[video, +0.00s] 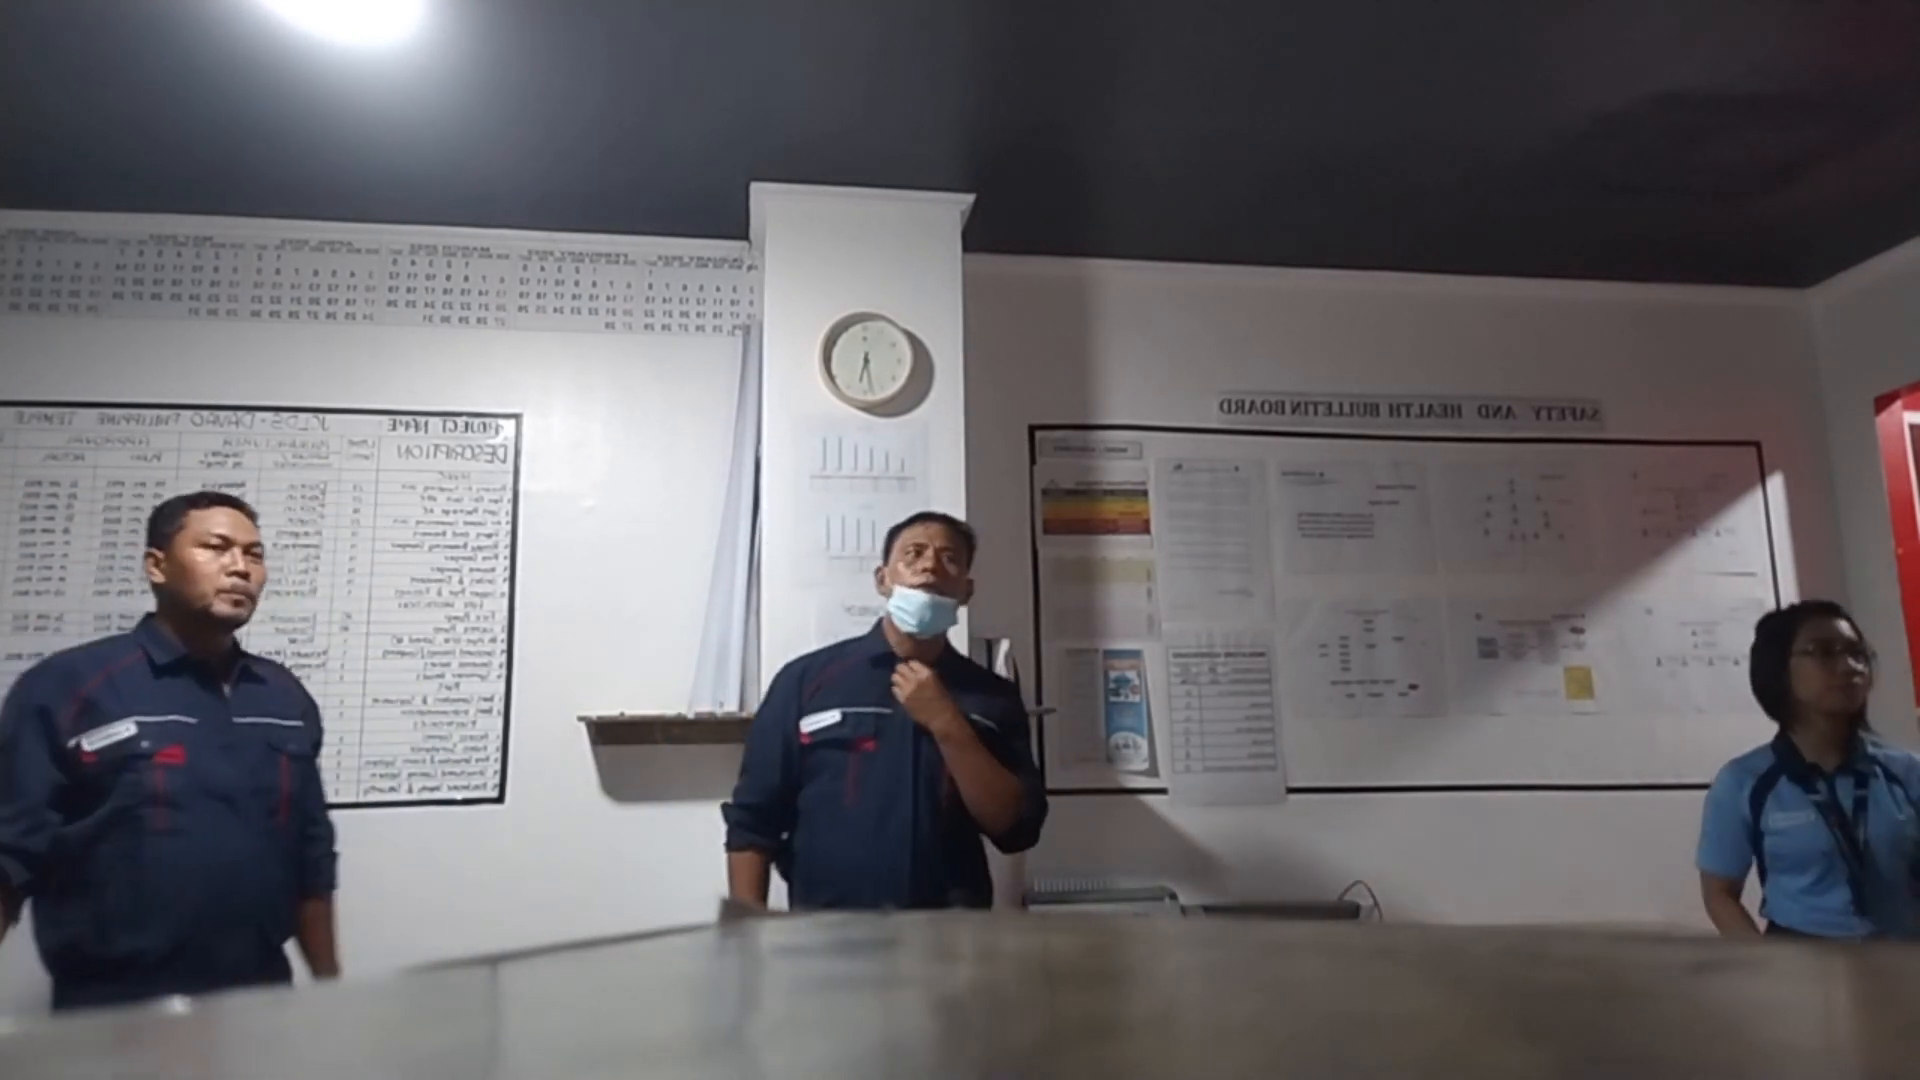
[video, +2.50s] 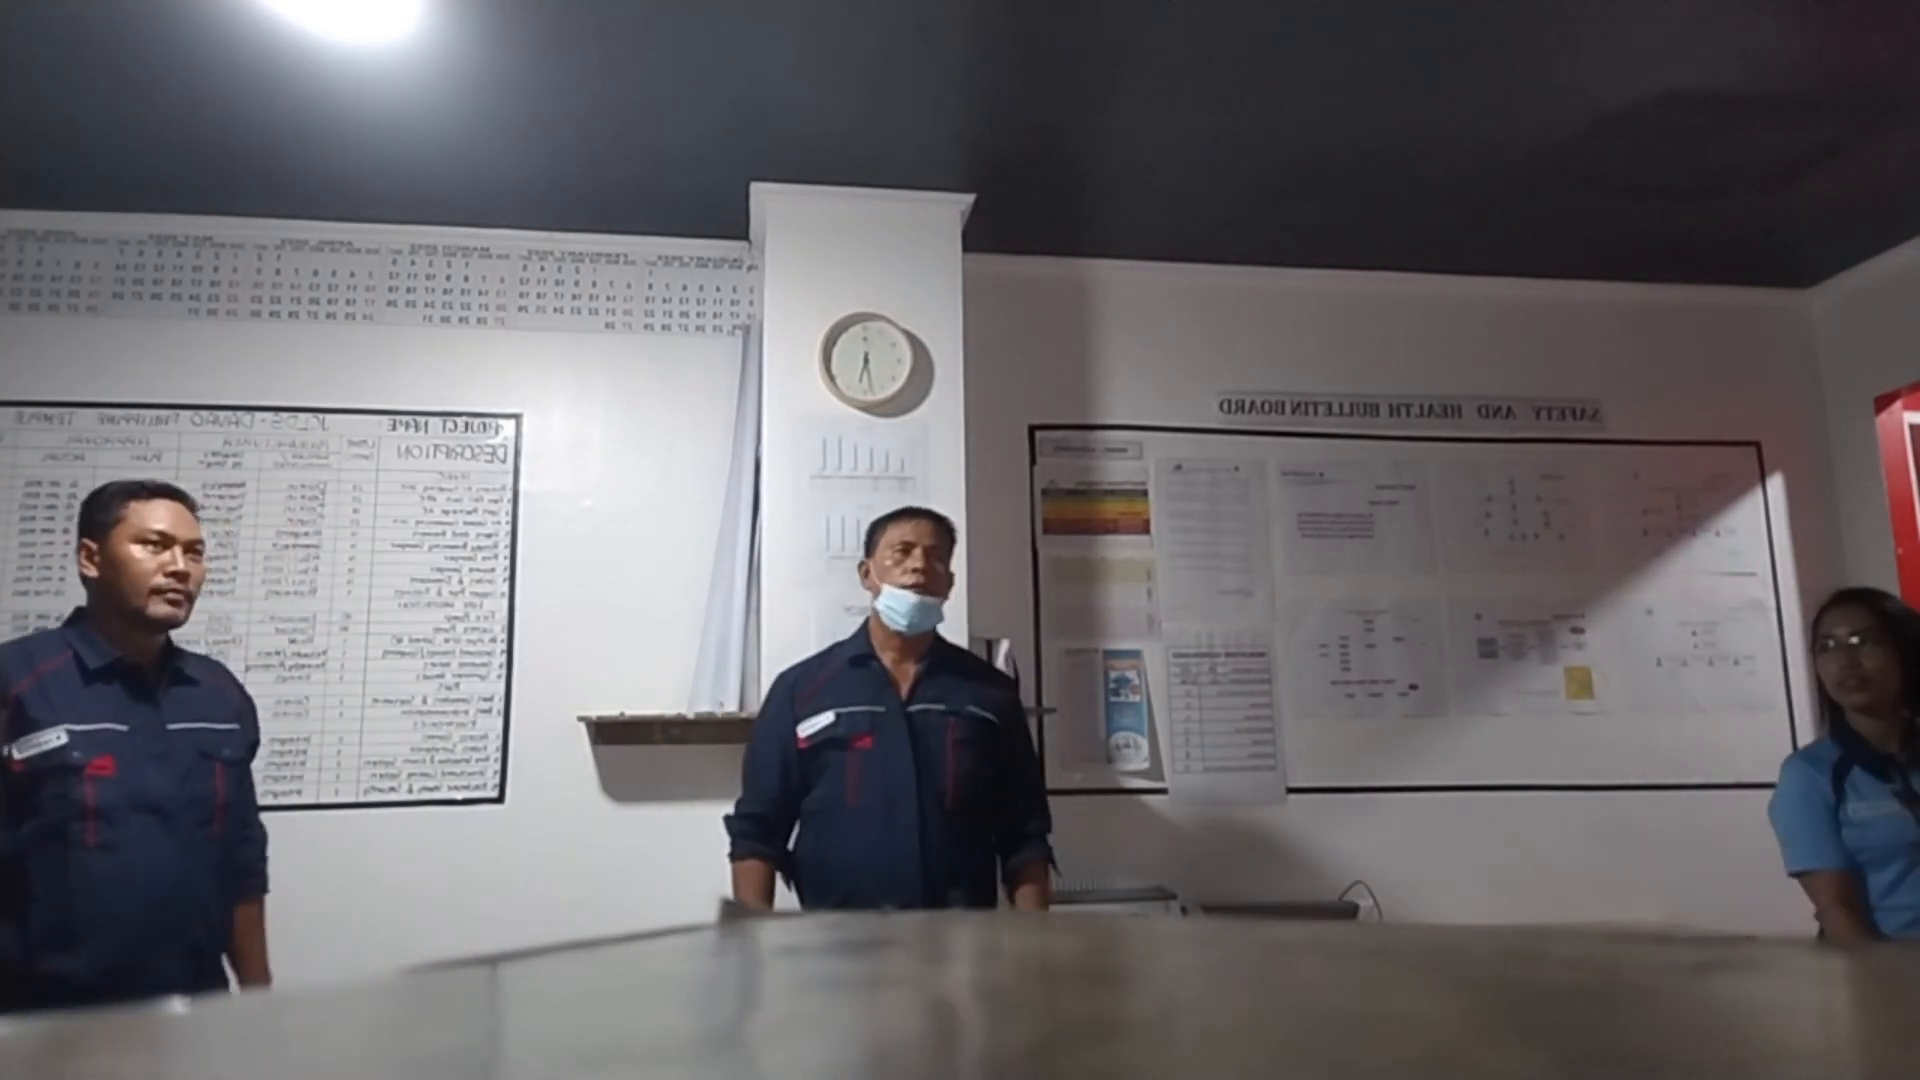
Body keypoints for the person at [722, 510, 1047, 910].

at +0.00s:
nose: (930, 566)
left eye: (948, 559)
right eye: (914, 554)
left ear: (966, 589)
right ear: (883, 579)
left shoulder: (992, 696)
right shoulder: (805, 682)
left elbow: (1018, 829)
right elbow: (752, 821)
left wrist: (945, 722)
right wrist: (749, 940)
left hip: (952, 943)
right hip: (827, 941)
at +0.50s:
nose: (827, 563)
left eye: (843, 550)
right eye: (806, 551)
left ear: (866, 574)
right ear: (779, 579)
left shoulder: (916, 676)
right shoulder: (721, 693)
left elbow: (956, 811)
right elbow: (676, 848)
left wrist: (871, 728)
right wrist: (681, 976)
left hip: (886, 940)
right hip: (763, 942)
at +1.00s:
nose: (850, 556)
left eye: (865, 546)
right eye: (829, 543)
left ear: (881, 570)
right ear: (795, 570)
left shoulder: (929, 681)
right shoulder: (732, 698)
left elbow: (976, 822)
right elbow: (695, 853)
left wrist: (991, 943)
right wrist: (712, 973)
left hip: (913, 942)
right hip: (782, 945)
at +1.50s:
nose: (974, 559)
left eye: (988, 552)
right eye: (956, 546)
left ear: (1002, 579)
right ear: (919, 569)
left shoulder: (1034, 694)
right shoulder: (845, 688)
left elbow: (1076, 833)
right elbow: (801, 831)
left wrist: (1100, 939)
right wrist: (810, 954)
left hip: (1009, 949)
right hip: (883, 949)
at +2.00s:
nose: (992, 572)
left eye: (1009, 563)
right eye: (975, 556)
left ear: (1025, 588)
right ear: (940, 576)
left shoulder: (1055, 705)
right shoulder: (863, 690)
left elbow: (1079, 860)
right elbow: (814, 829)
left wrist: (1079, 962)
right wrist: (812, 952)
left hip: (1021, 955)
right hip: (893, 953)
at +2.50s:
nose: (919, 567)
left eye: (936, 558)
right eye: (902, 553)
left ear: (949, 584)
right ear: (868, 574)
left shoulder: (992, 693)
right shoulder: (800, 691)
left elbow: (1025, 837)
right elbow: (755, 831)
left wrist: (1033, 948)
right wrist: (757, 950)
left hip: (965, 947)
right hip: (837, 948)